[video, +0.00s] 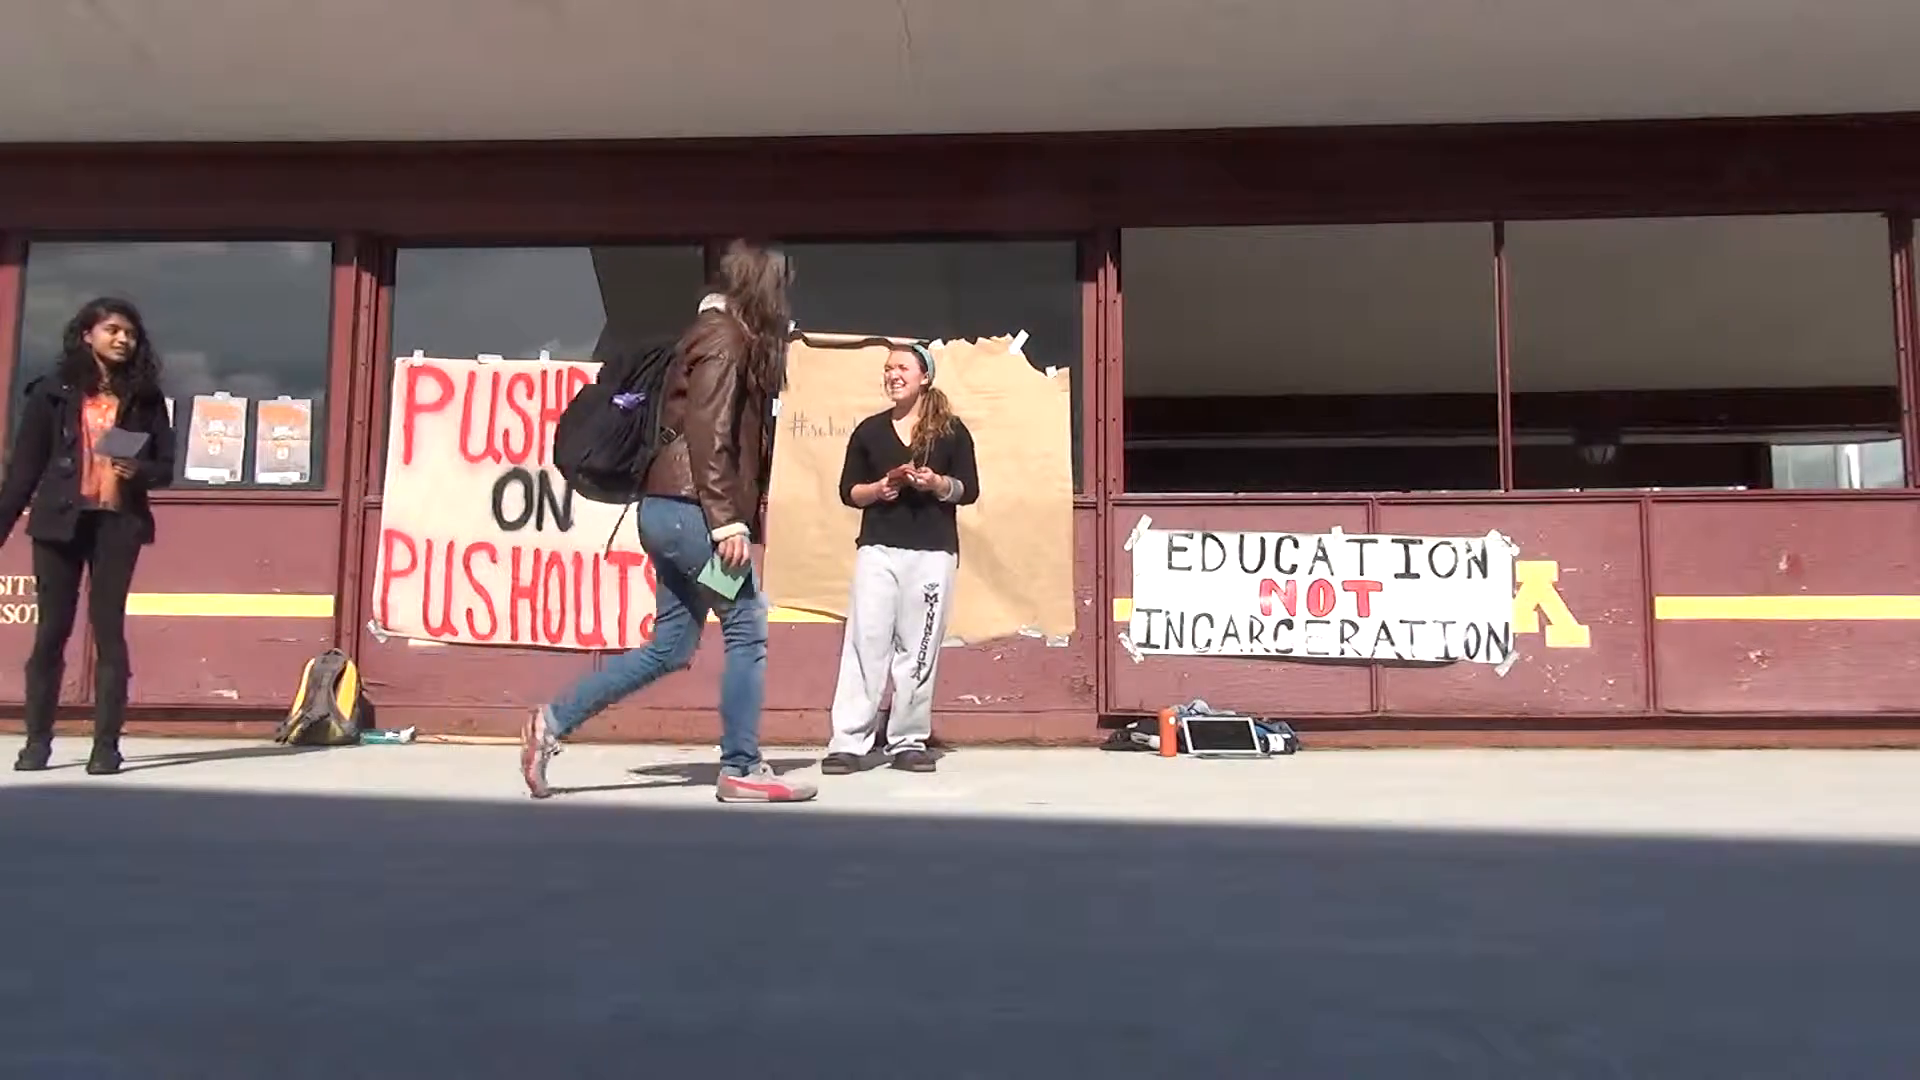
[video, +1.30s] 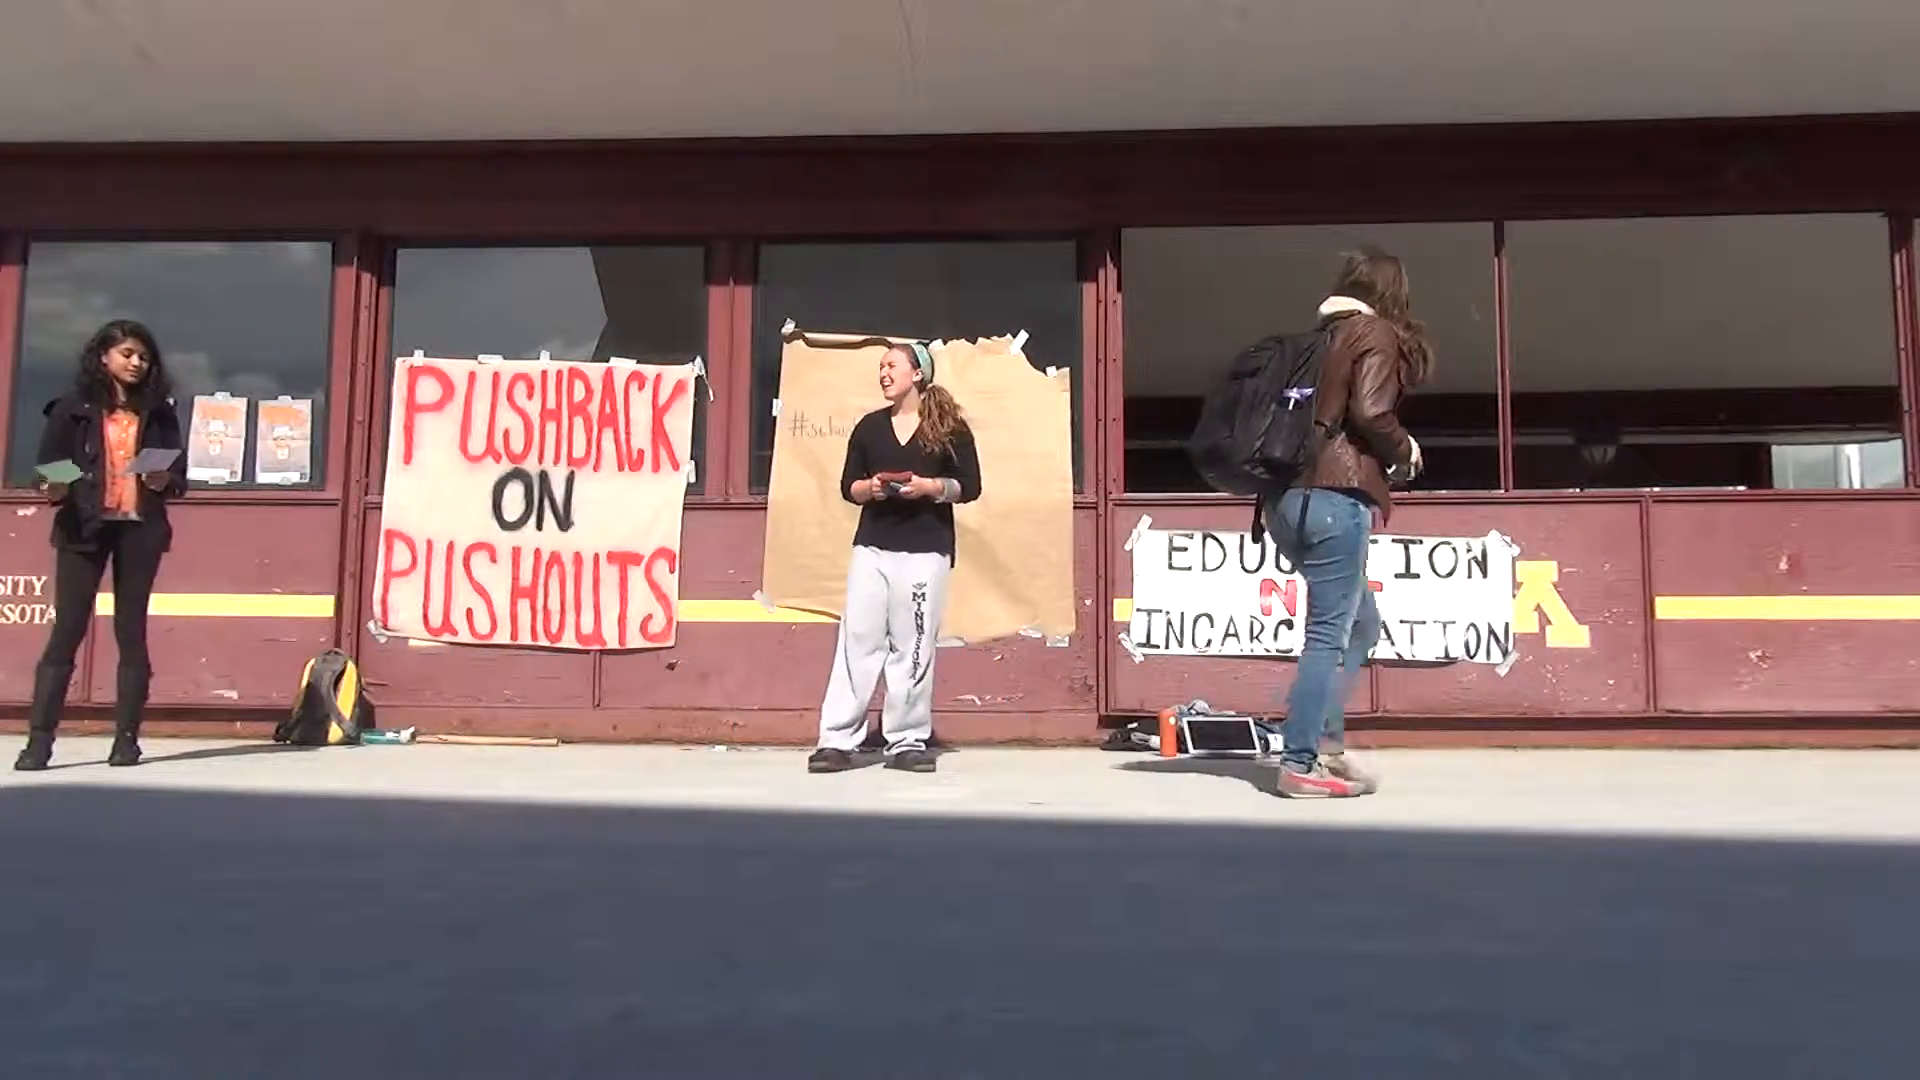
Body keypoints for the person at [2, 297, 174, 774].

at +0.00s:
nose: (120, 338)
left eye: (128, 332)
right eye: (110, 329)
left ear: (136, 342)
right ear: (85, 334)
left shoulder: (147, 395)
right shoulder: (52, 389)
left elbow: (164, 470)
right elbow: (24, 467)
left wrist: (138, 468)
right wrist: (3, 524)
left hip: (118, 521)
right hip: (59, 518)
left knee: (108, 627)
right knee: (51, 630)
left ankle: (107, 744)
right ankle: (38, 740)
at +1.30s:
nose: (136, 363)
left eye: (142, 356)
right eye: (127, 353)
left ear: (149, 364)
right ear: (101, 356)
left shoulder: (160, 412)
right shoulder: (72, 407)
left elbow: (178, 482)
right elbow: (46, 472)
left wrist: (166, 482)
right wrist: (53, 488)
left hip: (141, 527)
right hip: (84, 524)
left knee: (130, 628)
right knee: (68, 628)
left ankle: (127, 736)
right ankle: (40, 739)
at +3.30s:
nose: (103, 359)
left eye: (111, 352)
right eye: (94, 349)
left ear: (118, 358)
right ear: (68, 348)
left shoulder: (121, 403)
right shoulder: (34, 398)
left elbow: (132, 474)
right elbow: (16, 464)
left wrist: (130, 470)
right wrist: (74, 438)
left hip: (102, 526)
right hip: (48, 524)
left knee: (107, 631)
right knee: (52, 629)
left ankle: (108, 732)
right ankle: (46, 738)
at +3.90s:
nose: (106, 359)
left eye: (113, 352)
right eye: (97, 349)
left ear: (120, 358)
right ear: (70, 349)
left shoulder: (121, 407)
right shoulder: (36, 400)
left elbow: (128, 484)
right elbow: (18, 465)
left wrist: (129, 473)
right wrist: (81, 448)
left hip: (101, 529)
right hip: (48, 527)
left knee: (102, 637)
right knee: (50, 631)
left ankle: (87, 734)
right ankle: (46, 739)